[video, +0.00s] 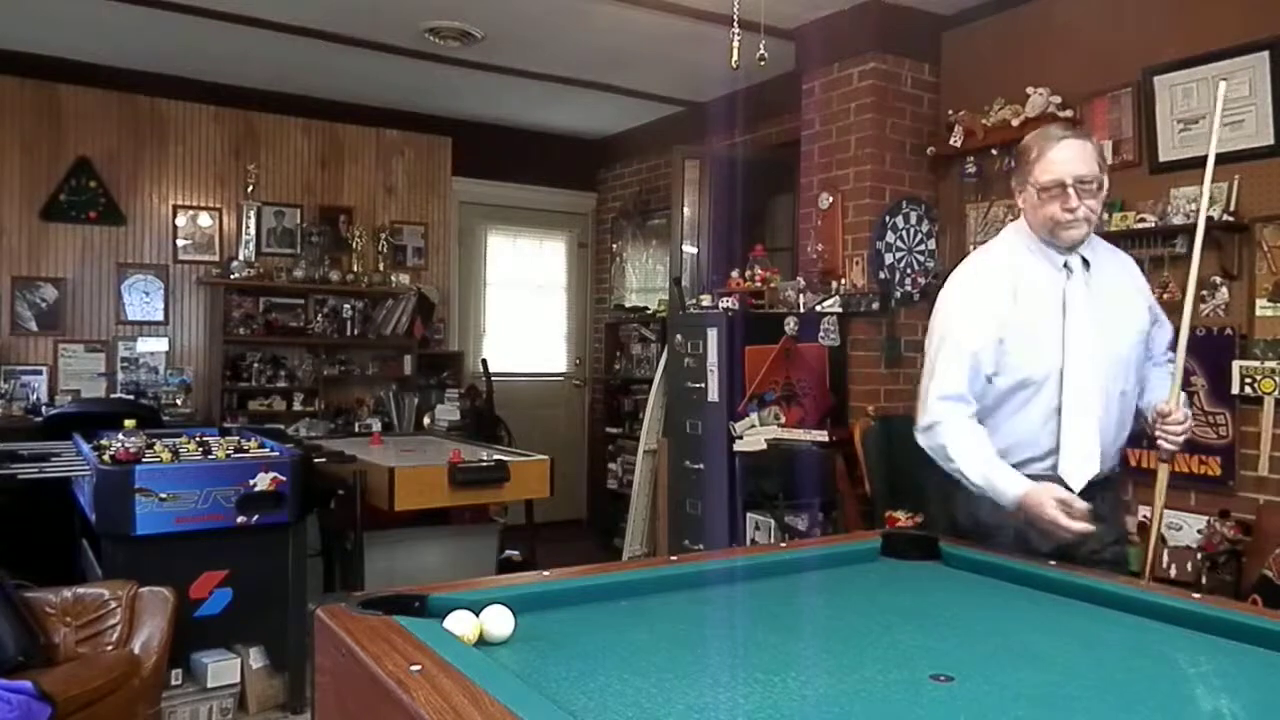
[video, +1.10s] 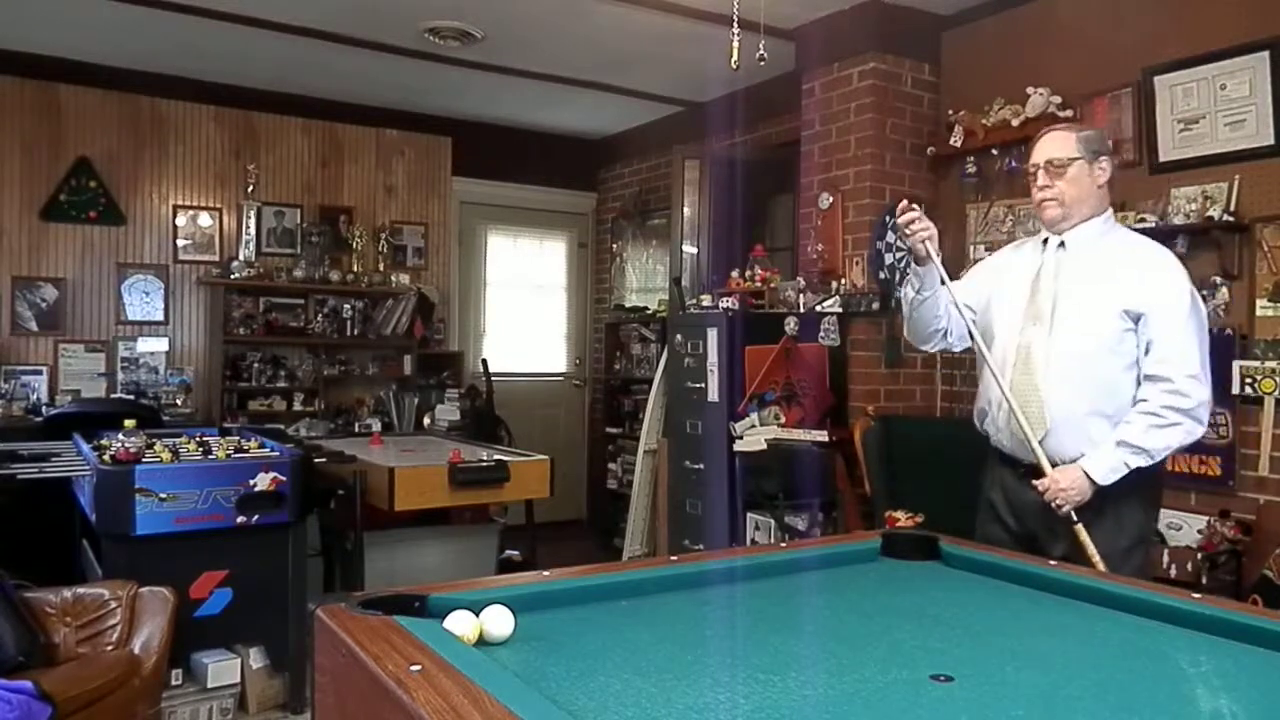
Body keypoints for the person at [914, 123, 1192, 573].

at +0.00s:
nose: (1072, 204)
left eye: (1086, 186)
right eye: (1053, 190)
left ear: (1104, 189)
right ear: (1021, 195)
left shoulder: (1122, 272)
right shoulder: (980, 281)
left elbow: (1154, 357)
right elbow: (941, 416)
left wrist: (1160, 406)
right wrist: (1019, 494)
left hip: (1099, 505)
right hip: (996, 510)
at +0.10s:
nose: (1063, 192)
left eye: (1079, 175)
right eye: (1046, 179)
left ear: (1108, 180)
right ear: (1026, 189)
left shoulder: (1142, 280)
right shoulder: (979, 276)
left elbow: (1181, 371)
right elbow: (924, 388)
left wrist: (1180, 416)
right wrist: (975, 464)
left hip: (1105, 510)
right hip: (996, 509)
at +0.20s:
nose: (1068, 183)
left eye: (1085, 168)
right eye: (1053, 172)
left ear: (1121, 175)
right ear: (1040, 185)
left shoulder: (1161, 284)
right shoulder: (991, 268)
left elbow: (1208, 385)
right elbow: (919, 360)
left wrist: (1178, 432)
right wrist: (939, 417)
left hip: (1107, 510)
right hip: (996, 499)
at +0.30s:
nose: (1082, 180)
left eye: (1101, 165)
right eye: (1071, 168)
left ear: (1141, 177)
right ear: (1059, 182)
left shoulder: (1179, 288)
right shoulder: (1004, 264)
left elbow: (1229, 399)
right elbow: (928, 334)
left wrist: (1166, 450)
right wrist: (928, 359)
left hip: (1107, 513)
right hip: (999, 500)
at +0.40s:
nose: (1091, 179)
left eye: (1112, 166)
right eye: (1083, 166)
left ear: (1154, 180)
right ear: (1071, 174)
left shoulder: (1188, 288)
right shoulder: (1018, 259)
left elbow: (1233, 412)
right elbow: (952, 332)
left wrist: (1144, 461)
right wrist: (926, 322)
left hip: (1110, 512)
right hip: (1002, 494)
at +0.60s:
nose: (1091, 178)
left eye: (1111, 163)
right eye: (1086, 164)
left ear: (1157, 174)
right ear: (1077, 171)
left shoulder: (1191, 283)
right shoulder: (1033, 257)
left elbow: (1214, 417)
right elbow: (953, 315)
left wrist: (1111, 465)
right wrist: (934, 260)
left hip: (1113, 508)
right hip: (1008, 485)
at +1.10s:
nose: (1040, 183)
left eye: (1056, 169)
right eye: (1034, 173)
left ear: (1100, 172)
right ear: (1028, 184)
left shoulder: (1151, 268)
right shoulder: (1007, 265)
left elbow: (1180, 401)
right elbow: (934, 331)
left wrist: (1091, 471)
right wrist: (924, 266)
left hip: (1106, 500)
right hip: (1006, 487)